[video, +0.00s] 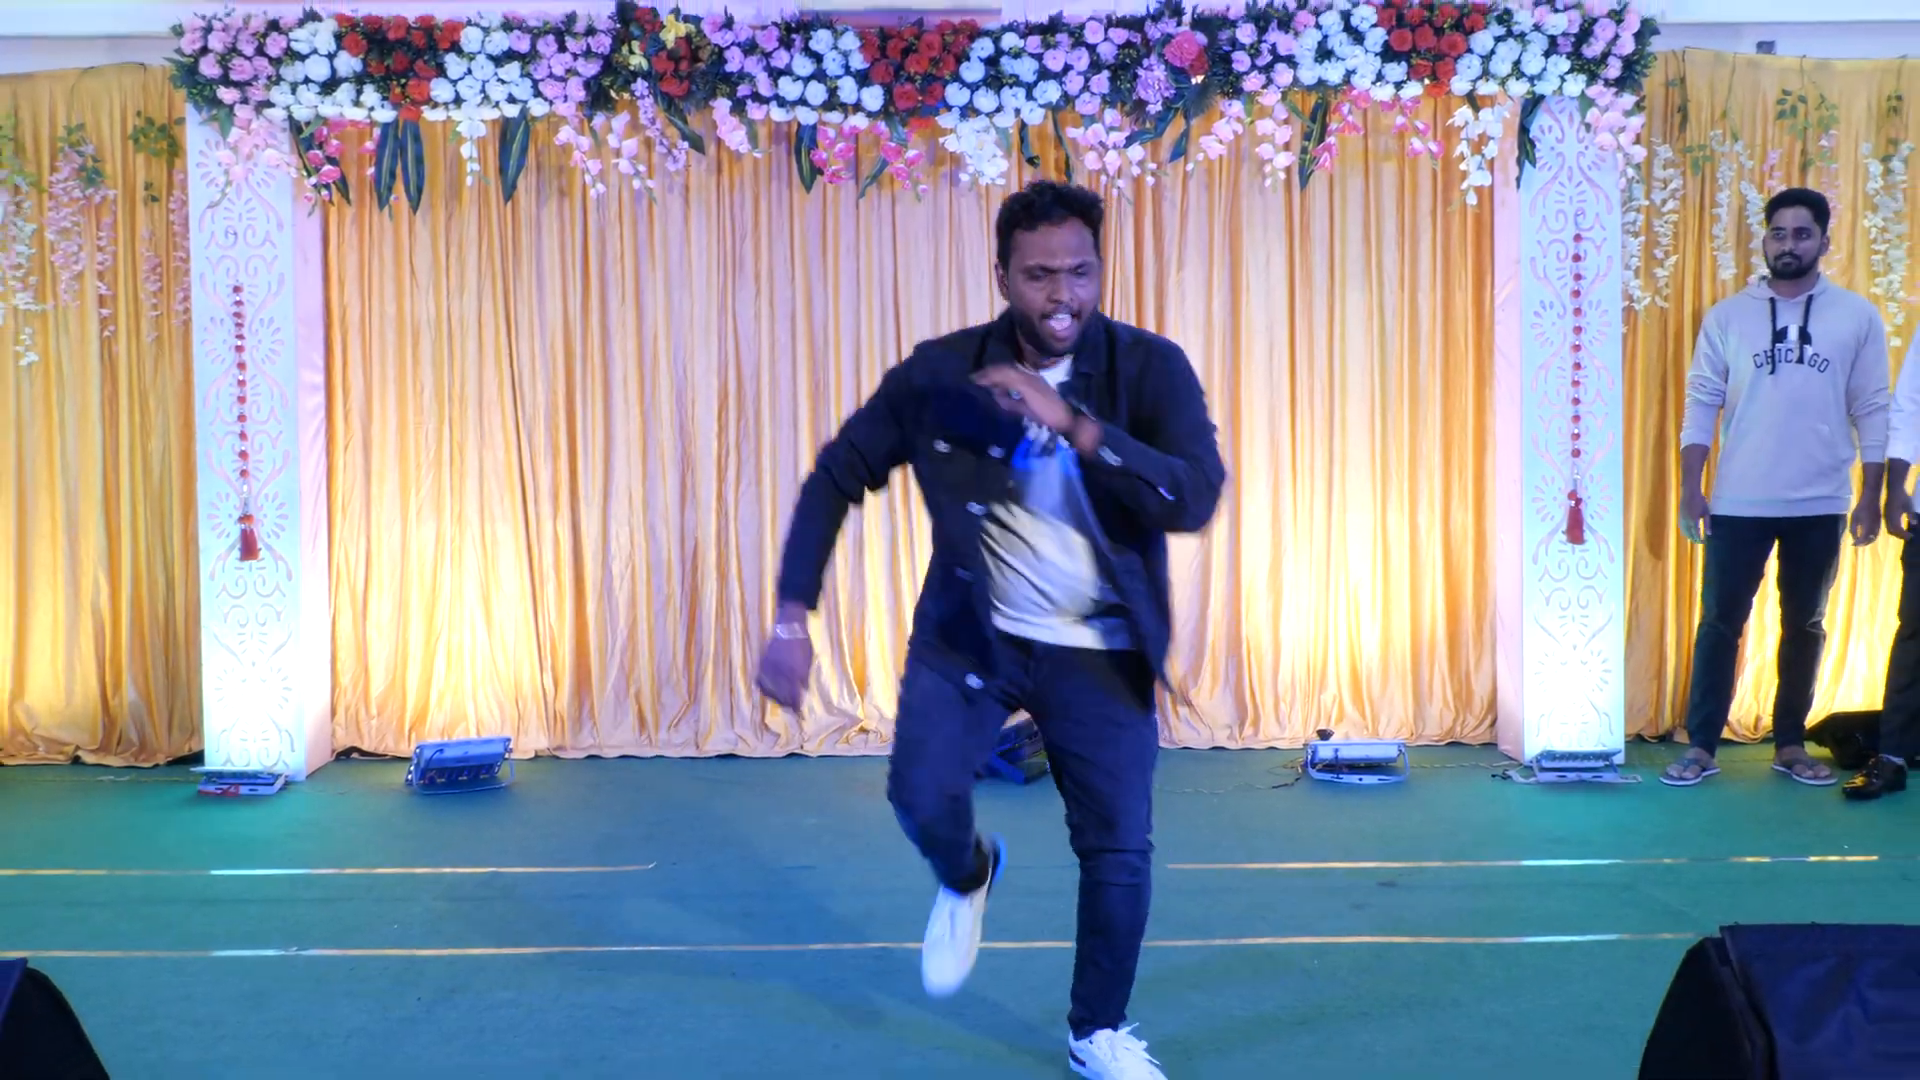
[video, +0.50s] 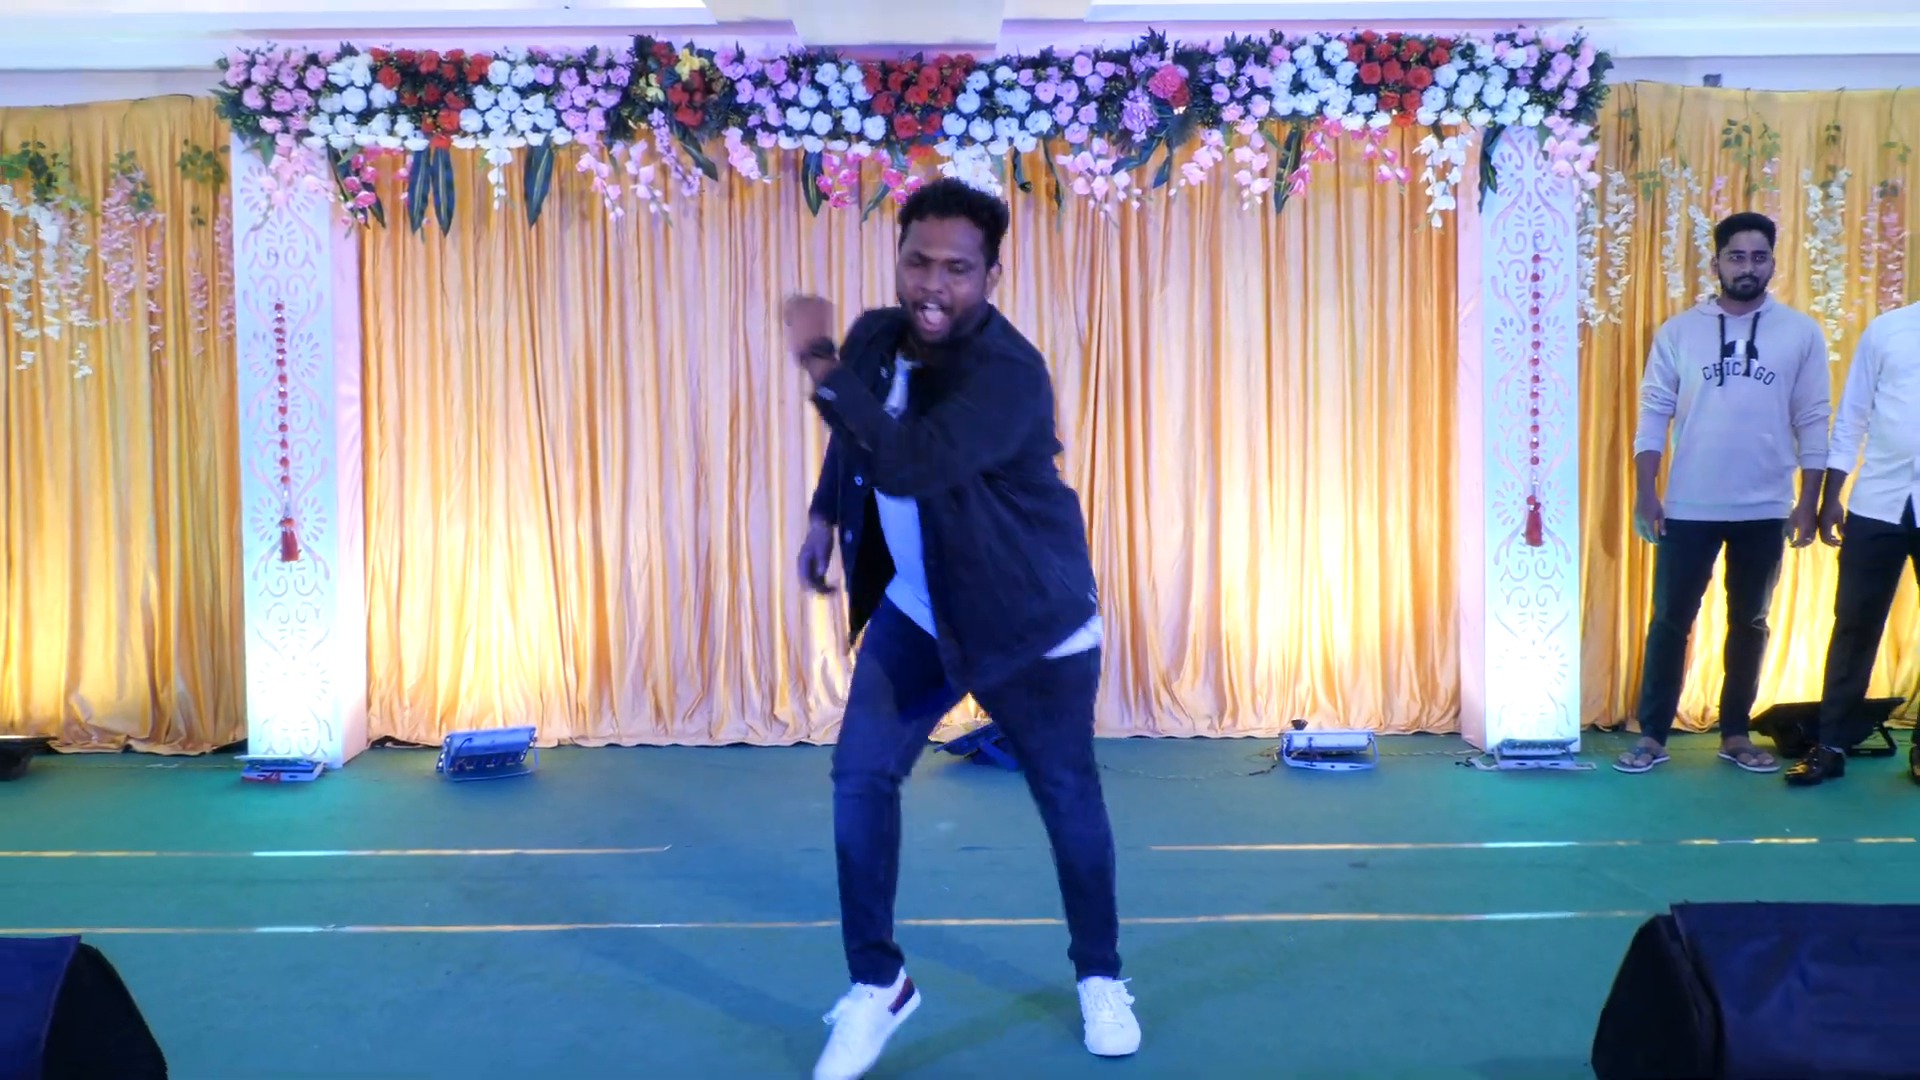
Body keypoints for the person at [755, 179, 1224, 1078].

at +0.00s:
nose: (1062, 296)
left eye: (1079, 273)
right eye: (1039, 276)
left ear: (1101, 274)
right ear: (1004, 280)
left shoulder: (1150, 371)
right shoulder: (943, 373)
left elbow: (1192, 499)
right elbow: (839, 472)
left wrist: (1078, 427)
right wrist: (792, 614)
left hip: (1098, 650)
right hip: (969, 636)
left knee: (1120, 846)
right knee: (923, 796)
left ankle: (1099, 1028)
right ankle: (969, 880)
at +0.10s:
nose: (1033, 265)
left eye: (1053, 243)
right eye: (1011, 244)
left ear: (1077, 245)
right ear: (977, 247)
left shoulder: (1116, 337)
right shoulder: (919, 336)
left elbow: (1115, 460)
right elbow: (828, 427)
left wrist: (993, 376)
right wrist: (769, 547)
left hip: (1073, 623)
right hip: (948, 609)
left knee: (1091, 821)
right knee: (897, 783)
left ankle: (1100, 1019)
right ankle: (931, 974)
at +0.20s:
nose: (1006, 271)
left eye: (1024, 249)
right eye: (985, 251)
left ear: (1049, 246)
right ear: (950, 246)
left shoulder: (1082, 347)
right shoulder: (892, 316)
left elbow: (1056, 482)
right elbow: (832, 419)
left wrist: (931, 396)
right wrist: (783, 524)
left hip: (1065, 624)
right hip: (942, 618)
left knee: (1086, 817)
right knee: (903, 812)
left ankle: (1106, 995)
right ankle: (892, 1025)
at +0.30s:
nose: (988, 290)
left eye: (1008, 268)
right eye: (967, 267)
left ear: (1031, 268)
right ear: (931, 264)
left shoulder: (1058, 382)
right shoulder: (879, 336)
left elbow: (1025, 536)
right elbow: (840, 444)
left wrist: (919, 437)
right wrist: (797, 544)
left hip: (1048, 644)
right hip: (932, 638)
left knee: (1076, 826)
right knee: (903, 825)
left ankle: (1103, 989)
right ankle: (897, 1024)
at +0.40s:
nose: (960, 304)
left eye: (982, 284)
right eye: (942, 282)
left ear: (1011, 287)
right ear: (916, 280)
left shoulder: (1039, 390)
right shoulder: (885, 353)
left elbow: (987, 531)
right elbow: (850, 481)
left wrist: (898, 430)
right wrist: (817, 570)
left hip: (1037, 654)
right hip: (927, 643)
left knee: (1065, 831)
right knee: (885, 815)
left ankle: (1101, 987)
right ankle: (894, 1013)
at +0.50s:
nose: (934, 285)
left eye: (958, 269)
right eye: (919, 261)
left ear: (991, 277)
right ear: (896, 263)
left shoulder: (1010, 376)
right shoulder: (872, 339)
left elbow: (914, 461)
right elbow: (852, 446)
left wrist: (825, 375)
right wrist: (825, 516)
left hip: (1031, 626)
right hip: (917, 615)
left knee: (1067, 793)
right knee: (862, 776)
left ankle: (1100, 975)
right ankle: (877, 982)